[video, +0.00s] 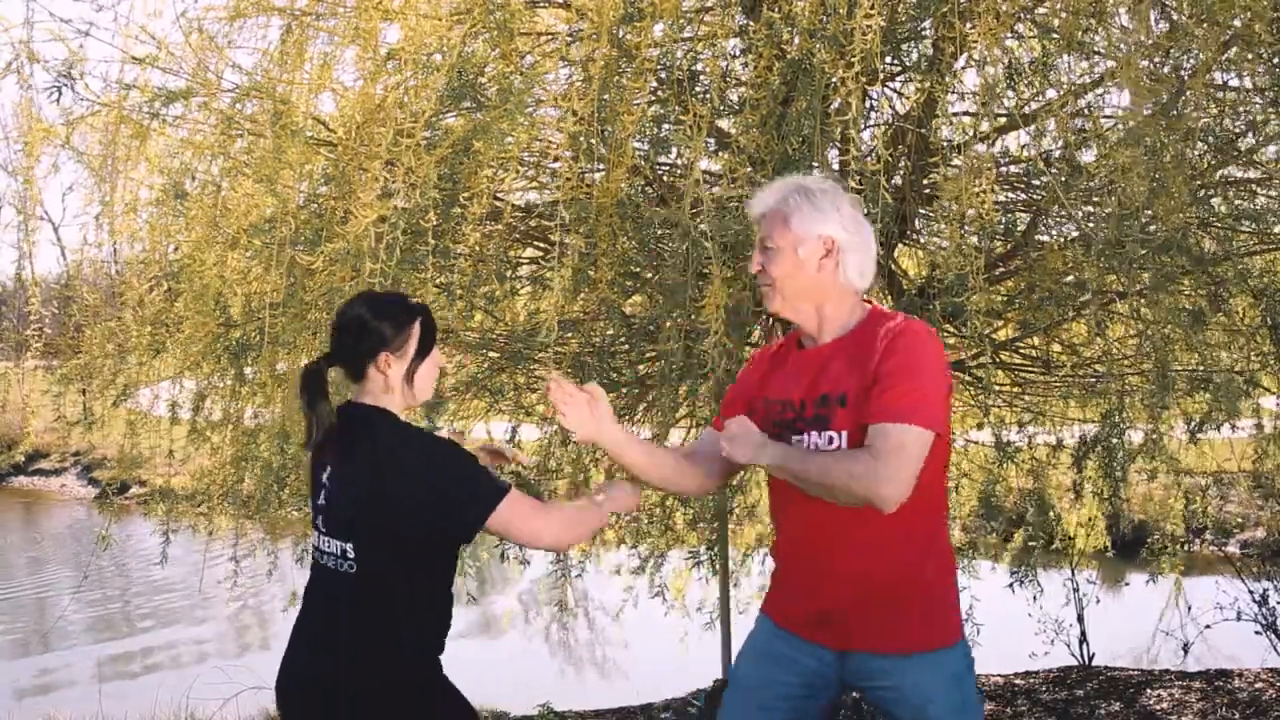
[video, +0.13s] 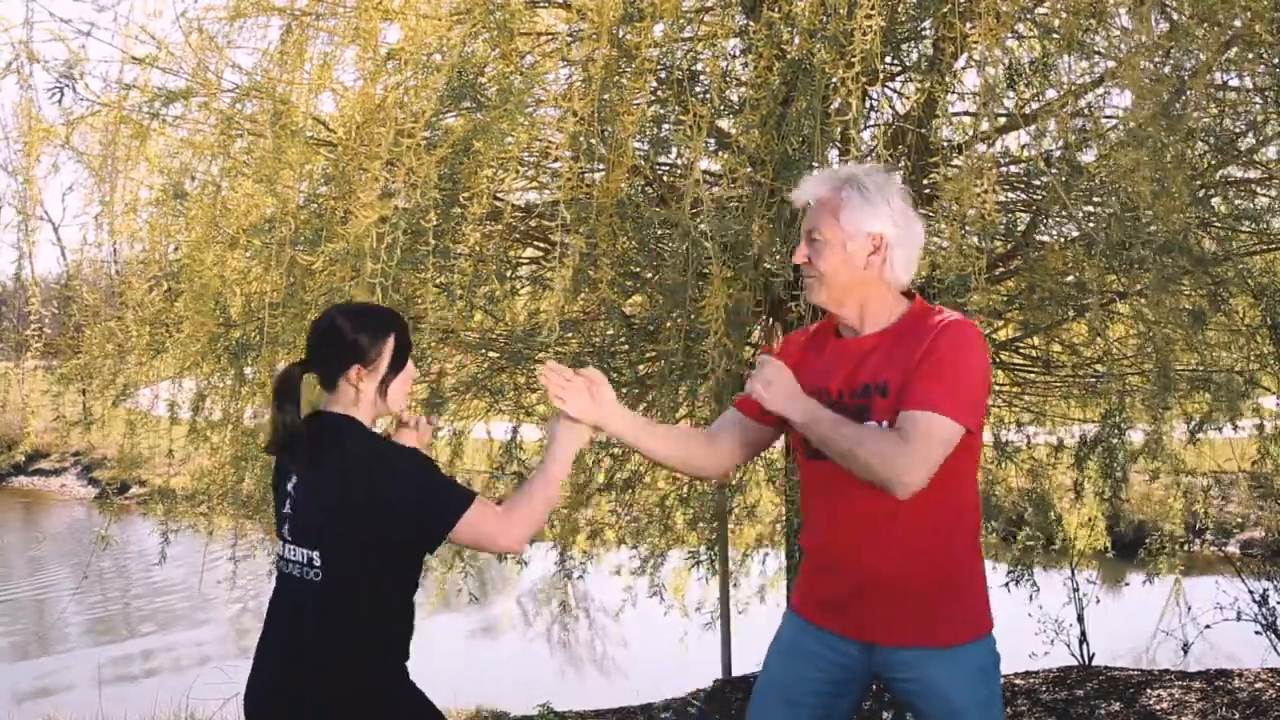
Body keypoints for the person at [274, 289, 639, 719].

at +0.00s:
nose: (439, 359)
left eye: (434, 346)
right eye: (429, 347)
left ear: (380, 362)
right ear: (389, 362)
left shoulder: (336, 436)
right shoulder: (430, 459)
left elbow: (392, 470)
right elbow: (548, 529)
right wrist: (606, 503)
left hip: (307, 686)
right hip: (397, 693)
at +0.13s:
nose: (412, 375)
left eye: (410, 361)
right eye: (403, 361)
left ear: (348, 374)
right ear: (360, 376)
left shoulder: (299, 445)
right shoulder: (390, 468)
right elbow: (509, 531)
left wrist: (398, 454)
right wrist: (566, 441)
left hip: (275, 690)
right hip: (366, 695)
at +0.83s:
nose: (416, 358)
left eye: (411, 343)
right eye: (405, 344)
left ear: (358, 358)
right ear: (363, 357)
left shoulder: (301, 435)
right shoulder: (392, 446)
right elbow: (527, 475)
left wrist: (429, 424)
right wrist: (534, 377)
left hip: (300, 684)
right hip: (388, 686)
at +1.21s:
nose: (472, 434)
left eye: (471, 420)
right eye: (466, 419)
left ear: (403, 417)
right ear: (425, 417)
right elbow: (581, 550)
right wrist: (682, 579)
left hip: (324, 698)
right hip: (418, 700)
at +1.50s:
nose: (522, 401)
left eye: (514, 390)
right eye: (508, 392)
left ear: (462, 416)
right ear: (466, 414)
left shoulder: (428, 473)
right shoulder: (496, 487)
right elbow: (618, 523)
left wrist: (649, 493)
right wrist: (649, 495)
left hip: (370, 695)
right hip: (447, 702)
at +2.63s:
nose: (665, 374)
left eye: (659, 362)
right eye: (653, 365)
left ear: (606, 380)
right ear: (612, 380)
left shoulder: (575, 438)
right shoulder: (641, 454)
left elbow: (728, 426)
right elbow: (776, 465)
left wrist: (789, 351)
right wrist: (800, 426)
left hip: (542, 681)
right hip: (615, 692)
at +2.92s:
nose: (668, 367)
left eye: (662, 357)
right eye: (657, 358)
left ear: (611, 379)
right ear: (619, 378)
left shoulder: (588, 437)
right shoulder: (643, 457)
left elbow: (736, 431)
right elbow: (778, 476)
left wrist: (813, 364)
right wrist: (796, 431)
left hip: (542, 681)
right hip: (615, 694)